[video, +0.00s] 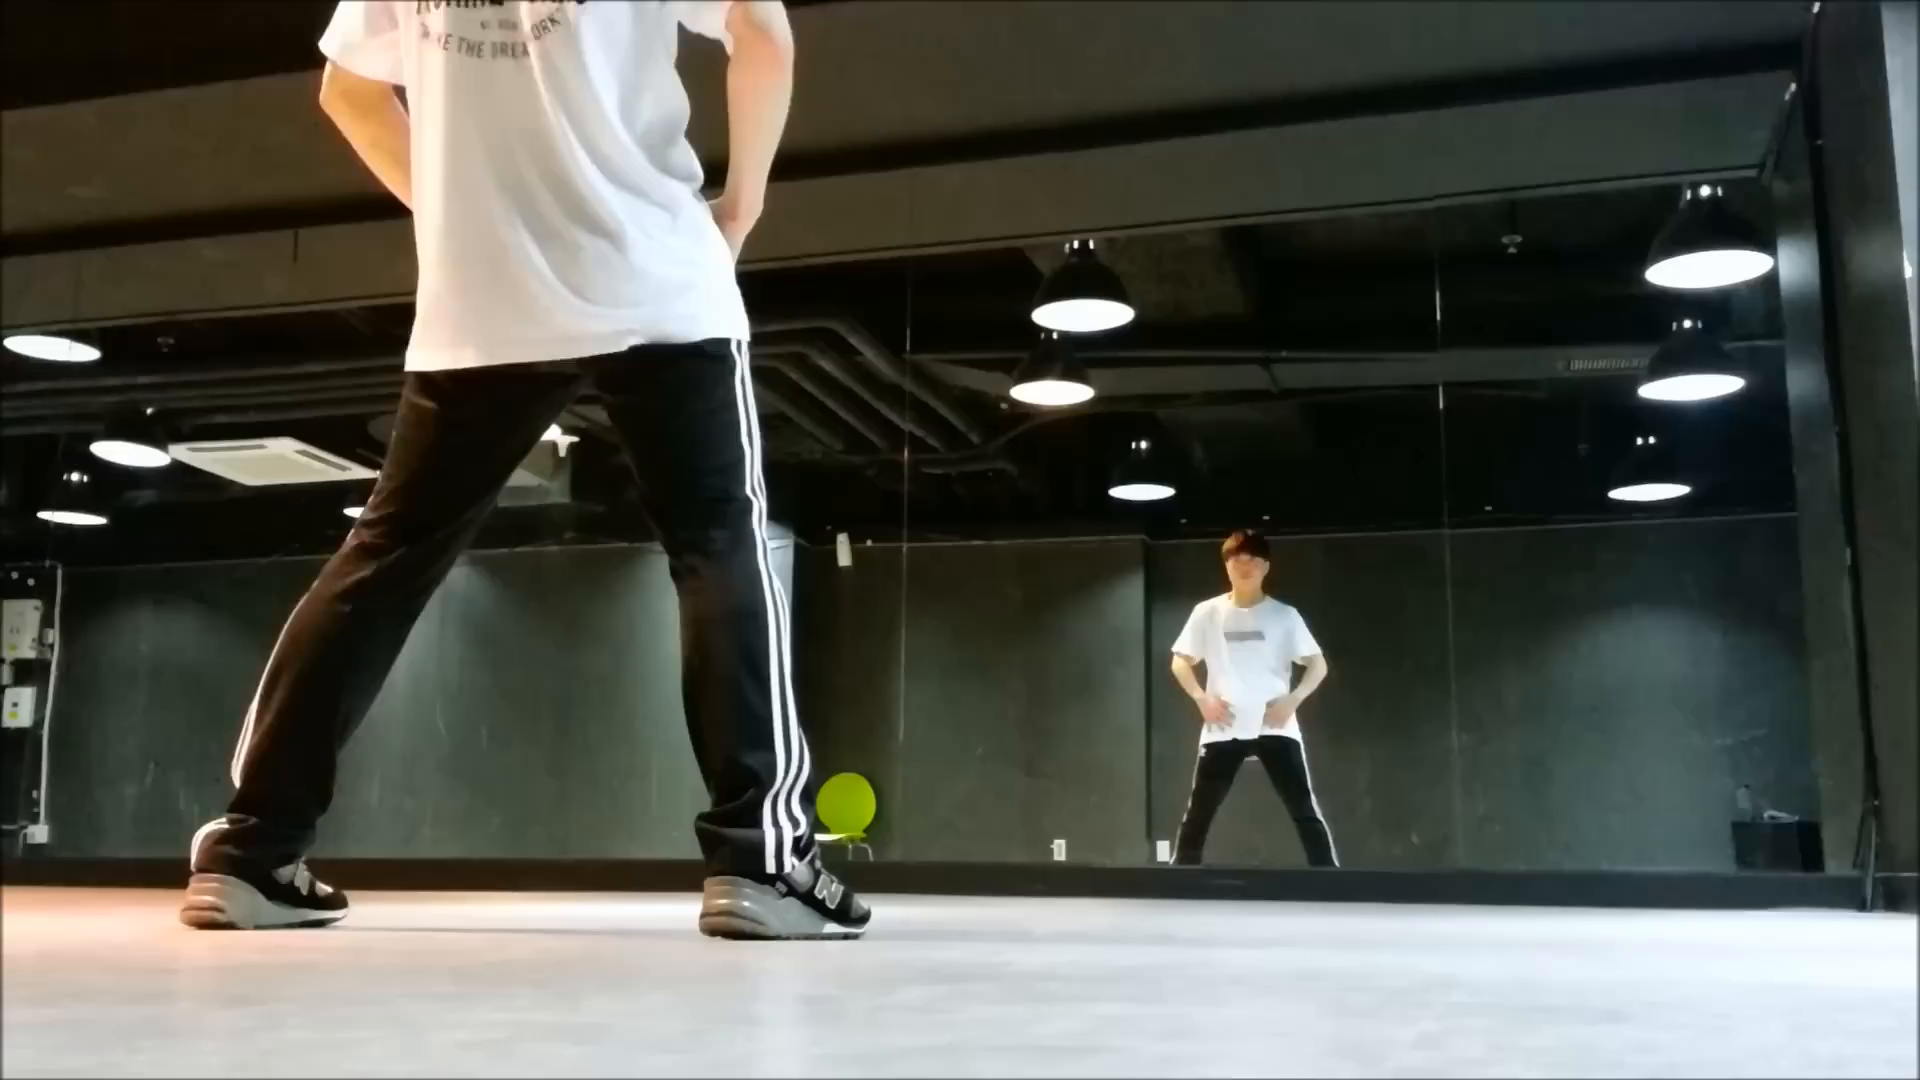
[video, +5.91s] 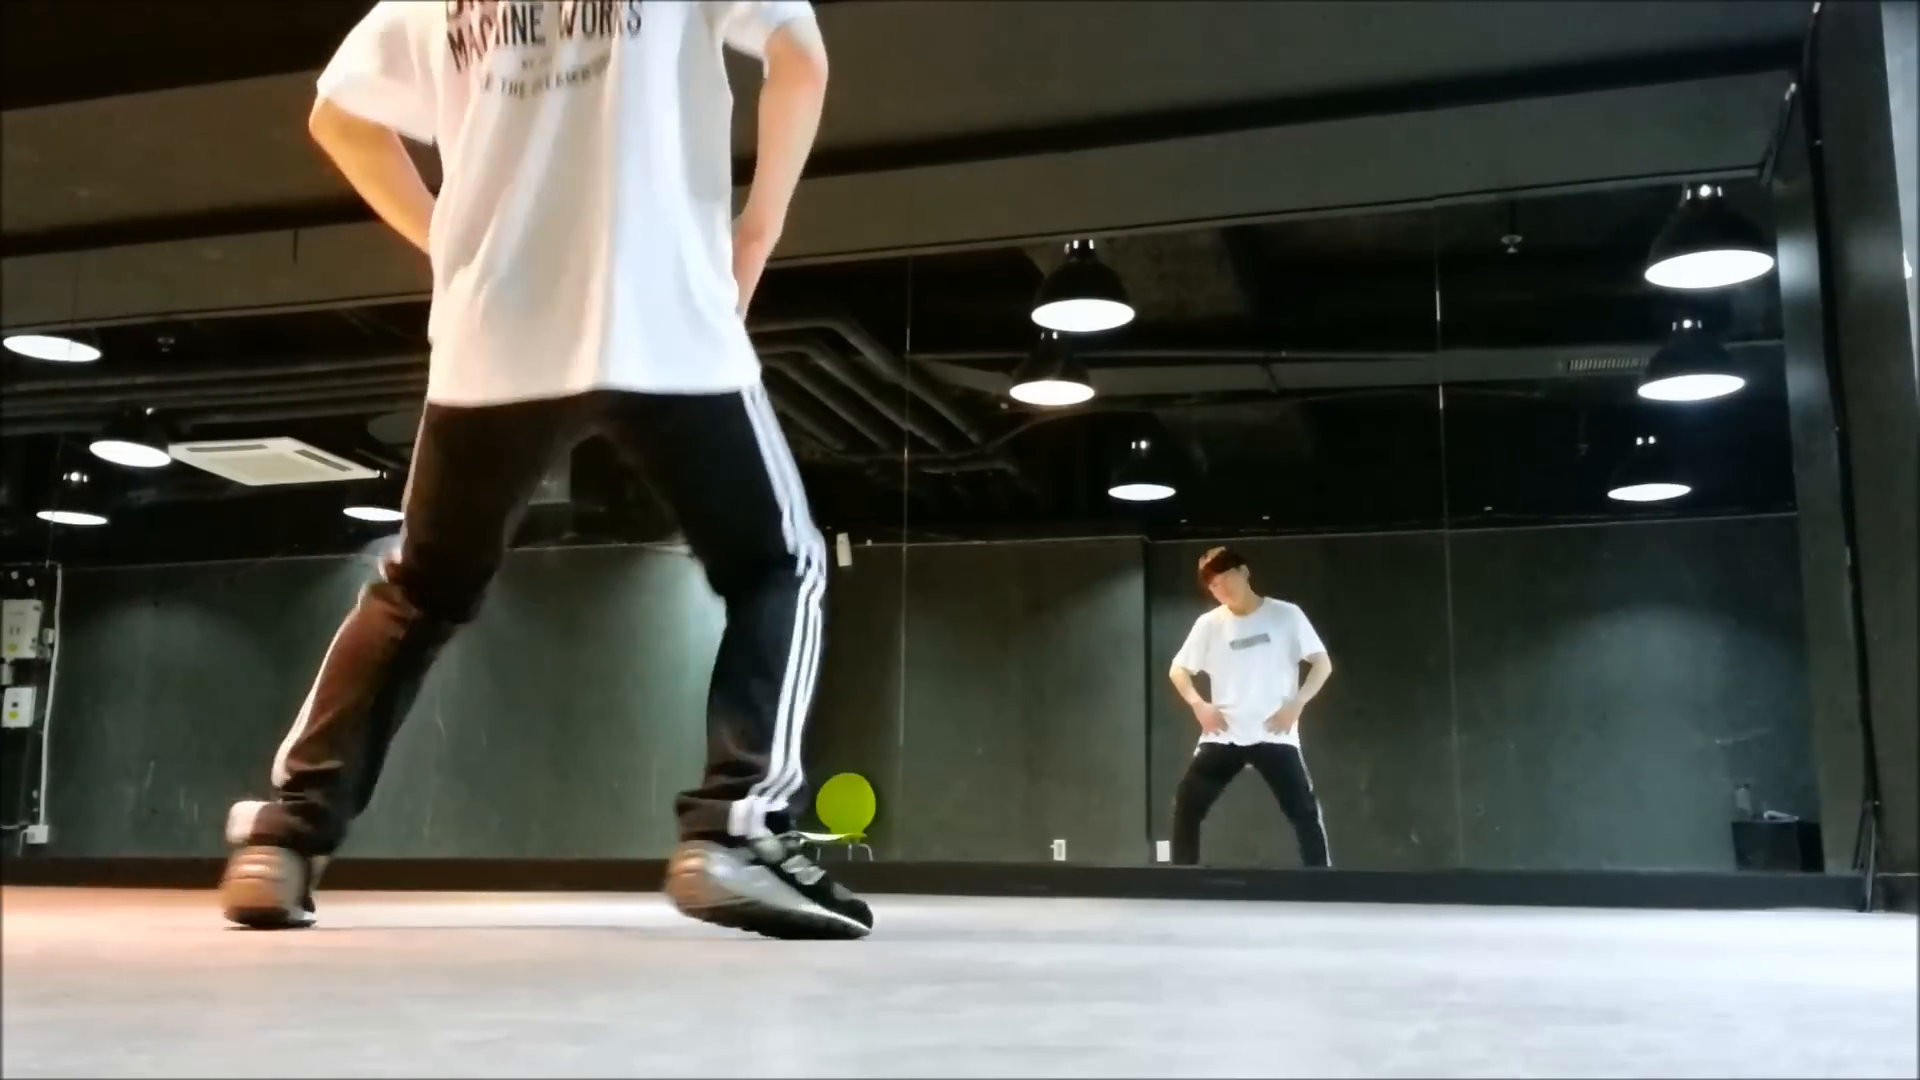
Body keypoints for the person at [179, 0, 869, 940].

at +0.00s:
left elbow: (348, 88)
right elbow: (763, 35)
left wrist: (455, 206)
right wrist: (743, 193)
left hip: (480, 268)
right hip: (651, 263)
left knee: (388, 552)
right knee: (723, 549)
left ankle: (248, 845)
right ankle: (762, 856)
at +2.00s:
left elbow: (381, 88)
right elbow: (744, 33)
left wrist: (472, 221)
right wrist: (771, 195)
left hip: (503, 260)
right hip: (665, 256)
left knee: (373, 553)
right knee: (737, 556)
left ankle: (239, 844)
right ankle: (762, 853)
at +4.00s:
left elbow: (353, 75)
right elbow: (773, 28)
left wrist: (466, 201)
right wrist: (758, 196)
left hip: (490, 270)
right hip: (658, 266)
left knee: (383, 550)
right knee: (722, 549)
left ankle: (242, 843)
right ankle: (760, 854)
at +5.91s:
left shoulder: (434, 5)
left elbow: (342, 113)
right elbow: (799, 60)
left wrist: (447, 245)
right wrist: (755, 233)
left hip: (497, 315)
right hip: (667, 304)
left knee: (421, 585)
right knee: (780, 566)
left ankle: (282, 836)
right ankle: (740, 833)